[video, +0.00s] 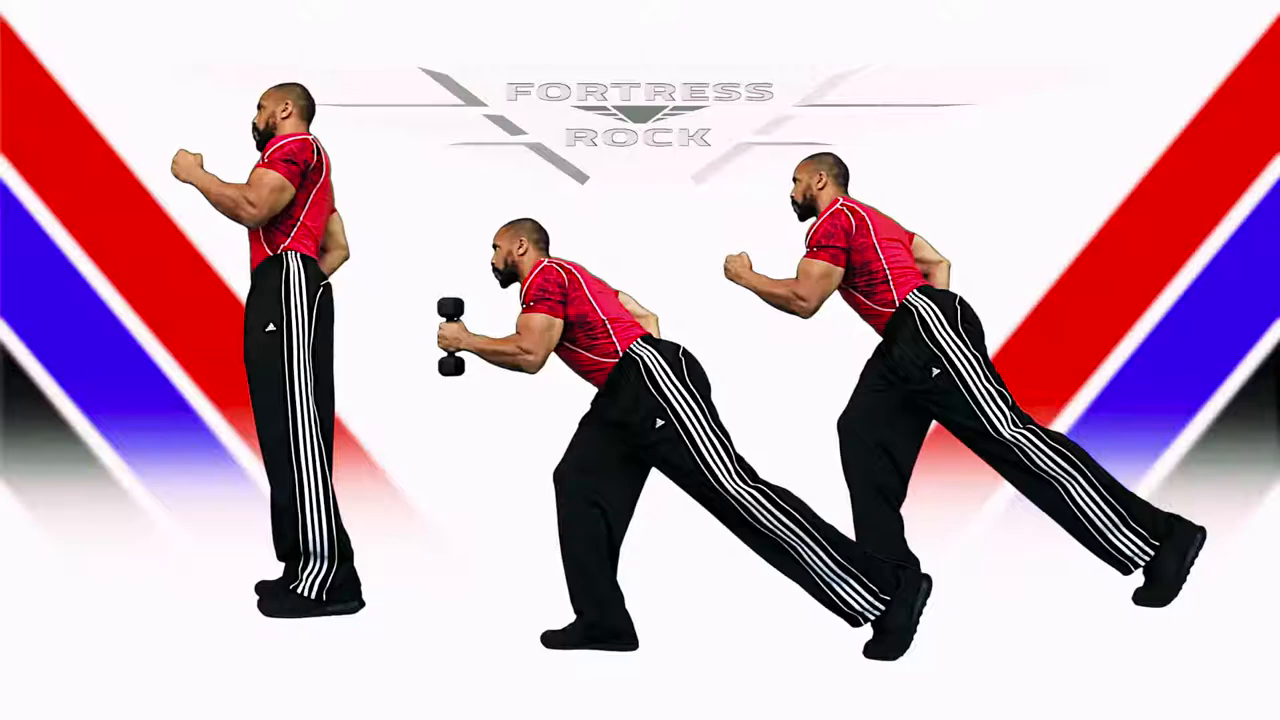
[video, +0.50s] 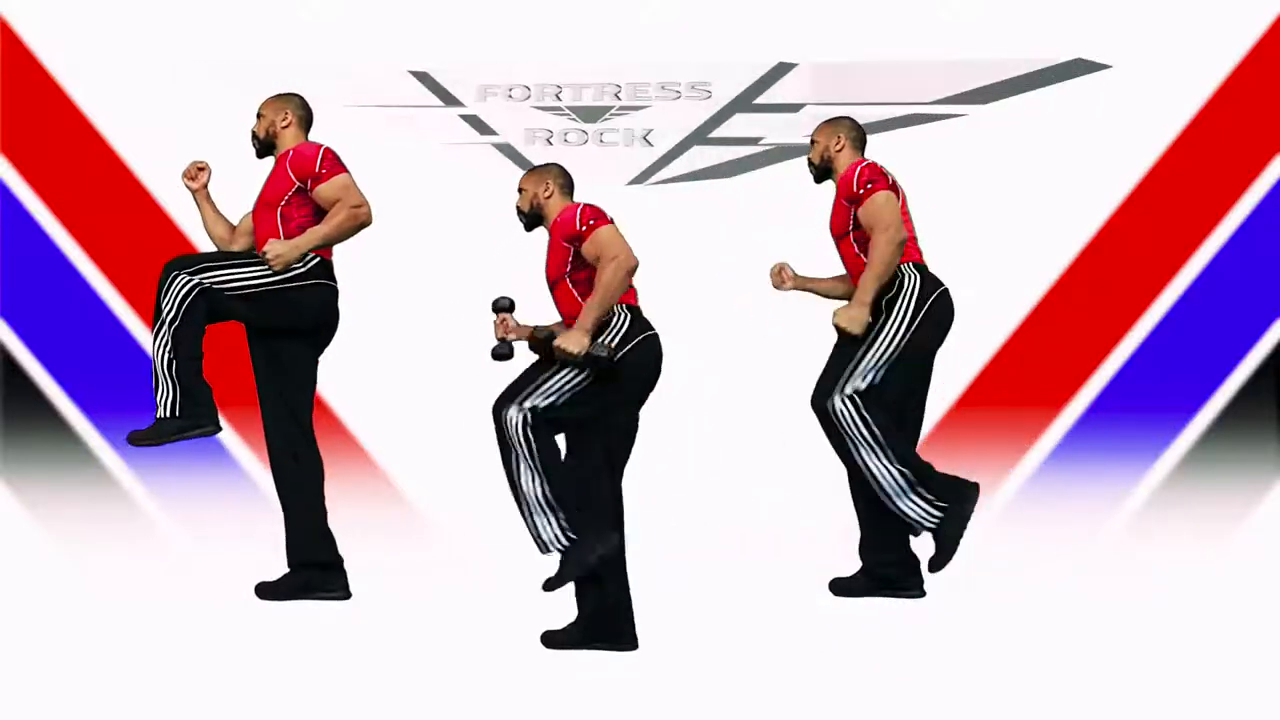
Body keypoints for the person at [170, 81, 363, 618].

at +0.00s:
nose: (254, 119)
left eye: (259, 109)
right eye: (255, 111)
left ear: (284, 109)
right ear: (294, 113)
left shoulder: (296, 146)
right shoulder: (306, 159)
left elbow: (255, 205)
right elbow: (334, 249)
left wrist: (196, 175)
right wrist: (283, 288)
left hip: (287, 291)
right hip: (290, 293)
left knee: (296, 435)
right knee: (290, 435)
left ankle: (322, 580)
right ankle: (309, 572)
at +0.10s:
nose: (254, 119)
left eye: (259, 110)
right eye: (256, 112)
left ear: (284, 112)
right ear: (291, 115)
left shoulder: (299, 150)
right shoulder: (294, 162)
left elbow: (275, 213)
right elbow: (321, 257)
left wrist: (209, 198)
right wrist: (262, 281)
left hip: (291, 287)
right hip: (282, 290)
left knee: (282, 420)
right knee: (254, 419)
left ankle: (307, 570)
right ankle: (319, 562)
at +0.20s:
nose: (254, 124)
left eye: (259, 115)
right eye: (255, 116)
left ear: (284, 115)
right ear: (288, 118)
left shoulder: (302, 152)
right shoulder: (273, 178)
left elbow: (316, 215)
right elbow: (270, 264)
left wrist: (243, 227)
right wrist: (223, 248)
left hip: (296, 286)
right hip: (290, 292)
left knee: (214, 378)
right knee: (289, 435)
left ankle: (257, 526)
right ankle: (316, 569)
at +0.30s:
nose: (254, 121)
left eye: (260, 112)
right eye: (255, 115)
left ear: (284, 114)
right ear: (284, 118)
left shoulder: (303, 148)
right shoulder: (277, 177)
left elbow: (350, 201)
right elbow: (246, 250)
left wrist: (286, 239)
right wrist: (205, 211)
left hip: (297, 280)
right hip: (299, 298)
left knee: (184, 325)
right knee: (289, 438)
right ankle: (315, 570)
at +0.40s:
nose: (252, 124)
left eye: (258, 114)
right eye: (254, 117)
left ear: (283, 115)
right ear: (285, 119)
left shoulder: (309, 149)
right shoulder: (277, 180)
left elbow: (358, 202)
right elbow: (233, 240)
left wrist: (301, 240)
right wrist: (201, 192)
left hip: (297, 274)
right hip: (293, 296)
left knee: (180, 286)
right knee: (292, 440)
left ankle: (185, 420)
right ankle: (315, 569)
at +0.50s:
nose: (254, 128)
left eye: (260, 118)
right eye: (255, 121)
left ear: (285, 118)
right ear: (286, 122)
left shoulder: (310, 155)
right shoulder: (277, 183)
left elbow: (356, 209)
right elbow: (234, 241)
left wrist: (299, 245)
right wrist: (201, 194)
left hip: (298, 279)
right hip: (289, 301)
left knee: (184, 276)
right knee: (289, 439)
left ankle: (185, 409)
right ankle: (317, 570)